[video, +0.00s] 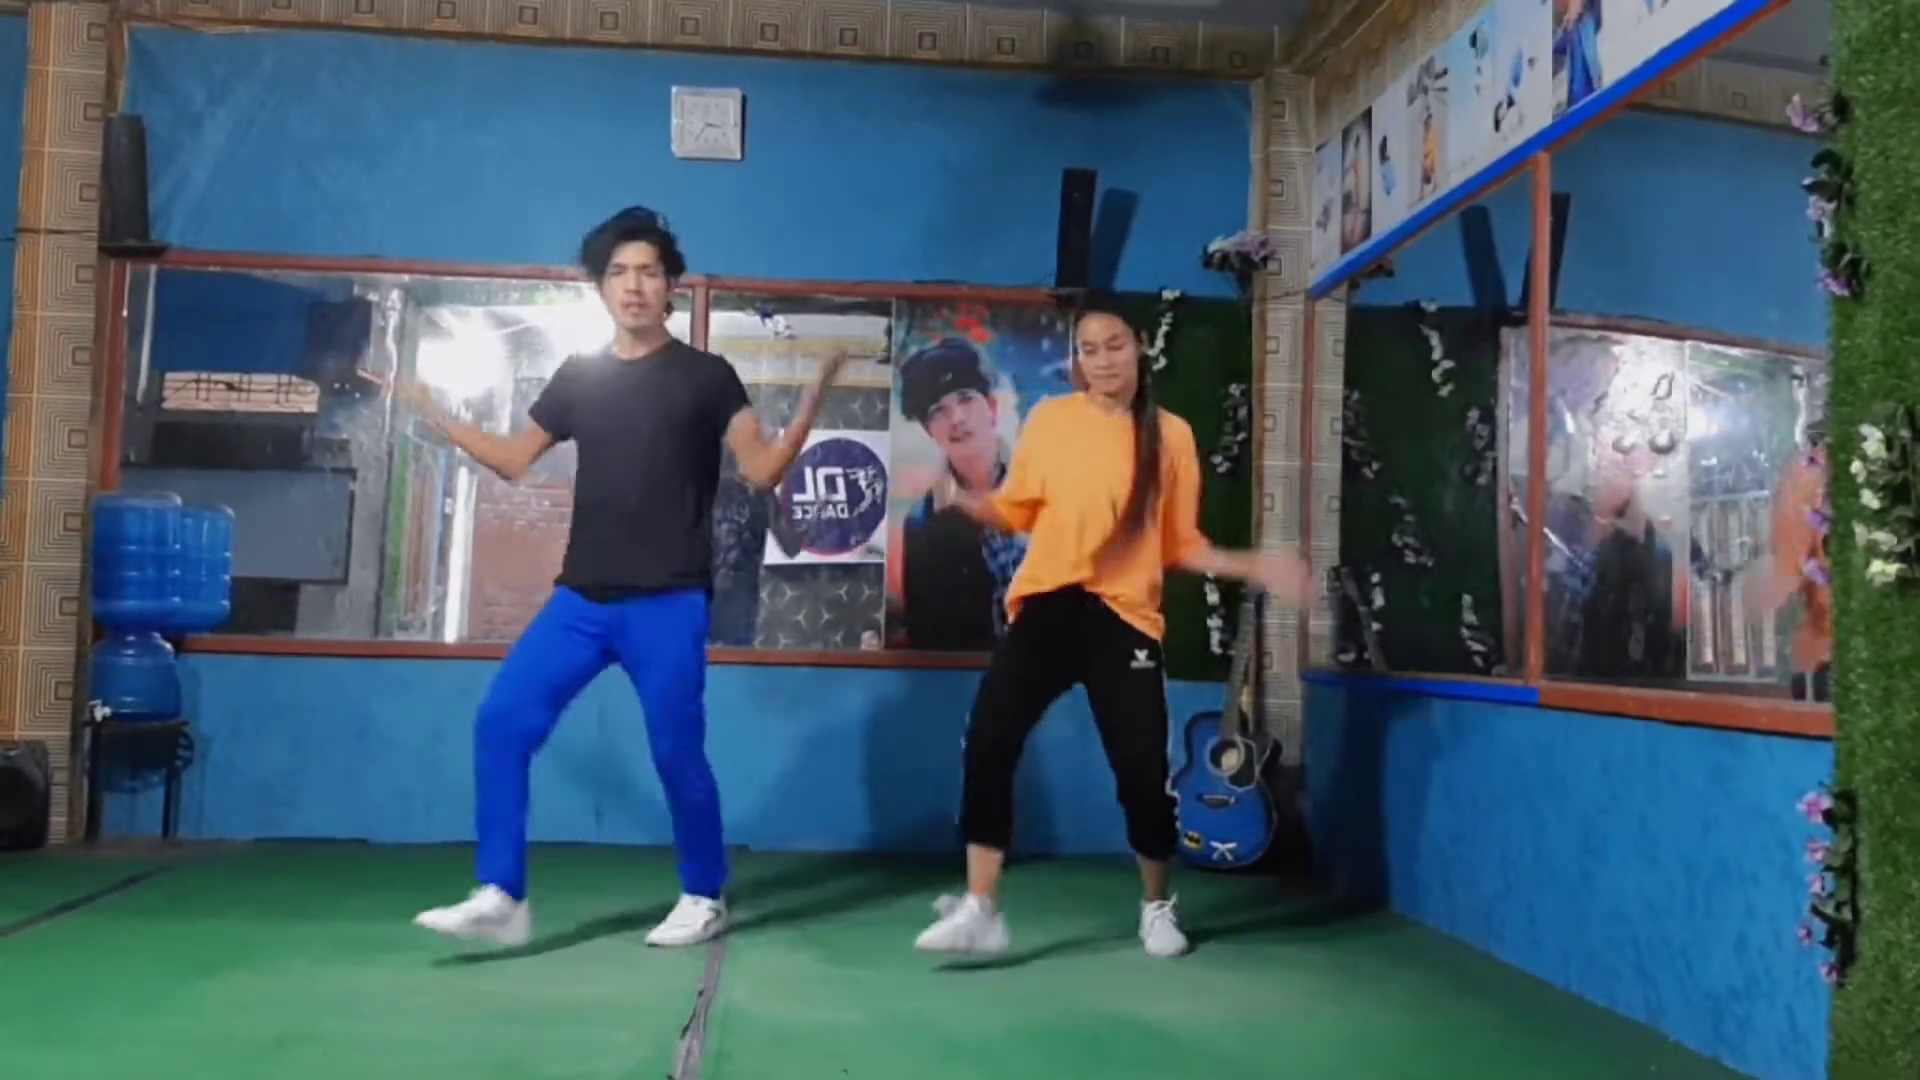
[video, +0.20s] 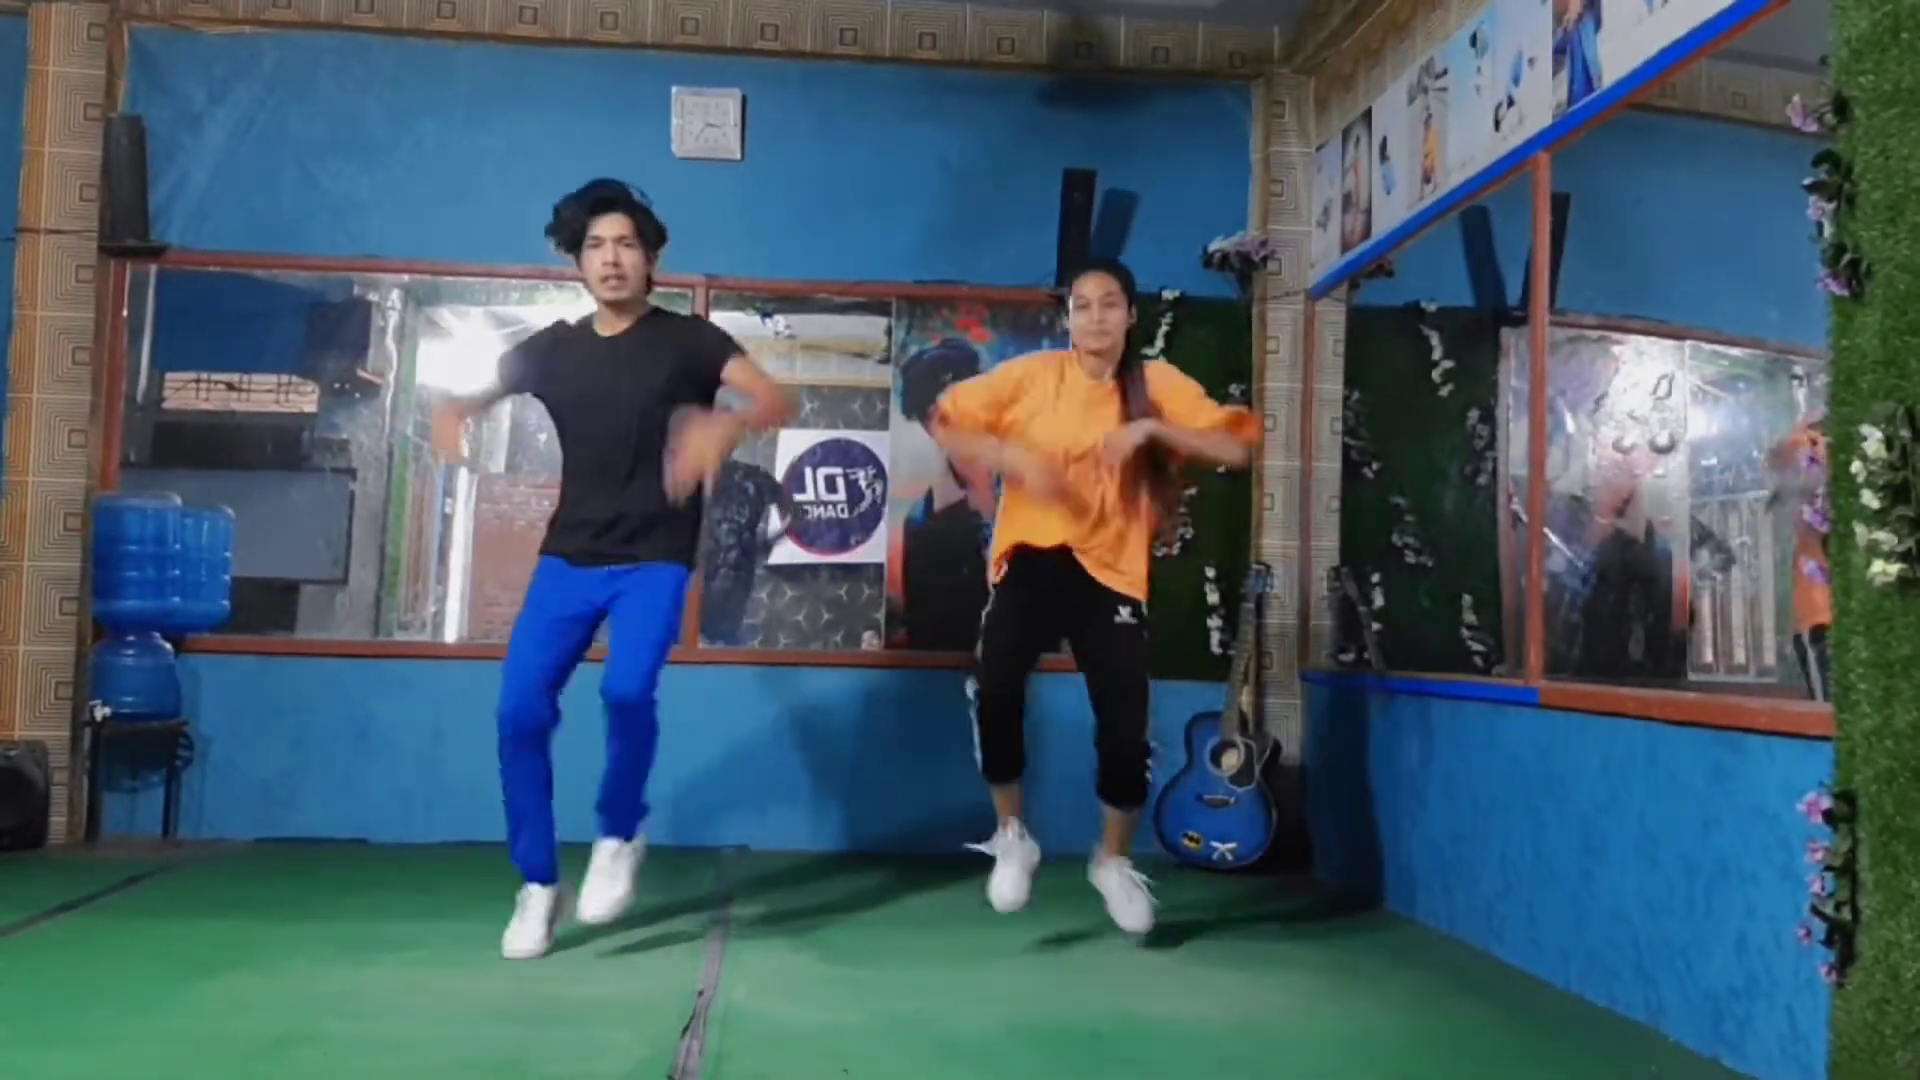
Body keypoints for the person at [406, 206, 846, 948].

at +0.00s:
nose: (636, 287)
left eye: (650, 274)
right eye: (622, 274)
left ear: (672, 288)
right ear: (600, 288)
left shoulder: (708, 376)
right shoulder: (581, 376)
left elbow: (763, 469)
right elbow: (512, 458)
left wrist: (817, 393)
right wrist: (434, 414)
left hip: (667, 603)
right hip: (582, 599)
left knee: (677, 751)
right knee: (502, 721)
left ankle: (703, 898)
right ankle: (502, 897)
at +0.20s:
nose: (614, 261)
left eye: (628, 246)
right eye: (597, 248)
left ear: (652, 260)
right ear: (578, 263)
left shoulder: (691, 341)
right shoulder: (550, 350)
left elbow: (778, 402)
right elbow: (466, 400)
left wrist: (724, 427)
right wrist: (449, 417)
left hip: (656, 558)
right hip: (570, 556)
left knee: (628, 690)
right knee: (521, 709)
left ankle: (618, 840)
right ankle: (537, 884)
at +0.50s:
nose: (582, 282)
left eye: (598, 269)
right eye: (569, 271)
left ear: (626, 284)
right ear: (553, 287)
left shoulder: (665, 346)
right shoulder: (540, 392)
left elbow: (729, 420)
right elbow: (484, 475)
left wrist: (643, 434)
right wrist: (446, 509)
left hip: (642, 578)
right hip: (559, 582)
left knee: (584, 704)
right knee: (523, 745)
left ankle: (615, 855)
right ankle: (552, 904)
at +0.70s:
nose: (562, 291)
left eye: (579, 277)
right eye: (549, 277)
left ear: (606, 292)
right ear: (534, 293)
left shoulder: (635, 358)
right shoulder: (539, 398)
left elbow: (714, 440)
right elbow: (535, 500)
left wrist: (728, 551)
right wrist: (469, 442)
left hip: (640, 600)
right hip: (563, 607)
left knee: (679, 753)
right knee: (519, 758)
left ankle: (778, 892)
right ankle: (557, 910)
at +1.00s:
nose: (622, 299)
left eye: (634, 285)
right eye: (607, 288)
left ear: (657, 300)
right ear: (588, 303)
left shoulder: (687, 396)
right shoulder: (554, 375)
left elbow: (707, 502)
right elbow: (496, 463)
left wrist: (729, 442)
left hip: (638, 612)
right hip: (542, 603)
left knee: (658, 757)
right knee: (475, 731)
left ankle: (622, 899)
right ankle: (515, 885)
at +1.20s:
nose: (644, 324)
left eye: (656, 308)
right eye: (628, 310)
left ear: (677, 317)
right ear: (607, 320)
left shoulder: (704, 413)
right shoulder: (583, 381)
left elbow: (658, 498)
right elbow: (585, 478)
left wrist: (661, 410)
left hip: (638, 632)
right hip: (544, 614)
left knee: (652, 768)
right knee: (473, 752)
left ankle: (616, 908)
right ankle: (370, 873)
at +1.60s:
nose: (643, 315)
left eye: (657, 300)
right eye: (628, 302)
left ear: (677, 313)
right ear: (604, 313)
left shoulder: (706, 399)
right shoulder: (570, 394)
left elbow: (710, 488)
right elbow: (561, 501)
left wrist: (624, 515)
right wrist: (602, 470)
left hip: (658, 606)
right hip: (571, 589)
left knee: (661, 764)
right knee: (549, 707)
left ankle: (619, 905)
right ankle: (541, 876)